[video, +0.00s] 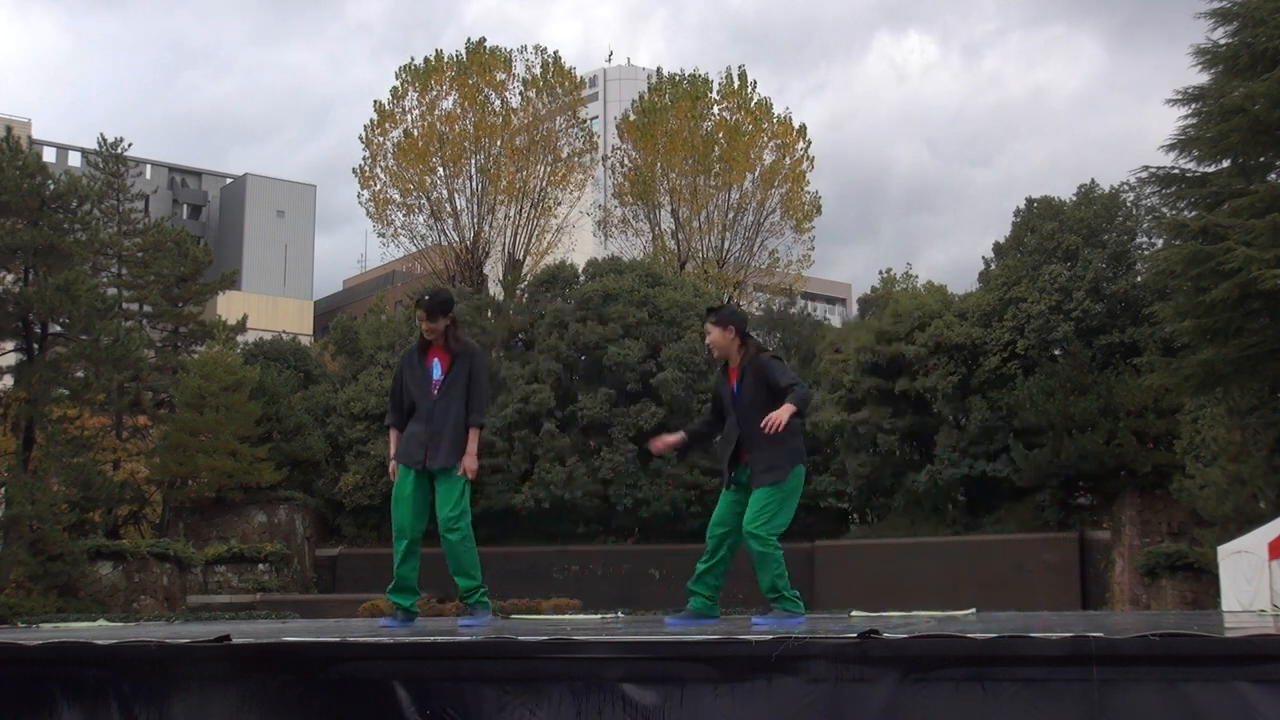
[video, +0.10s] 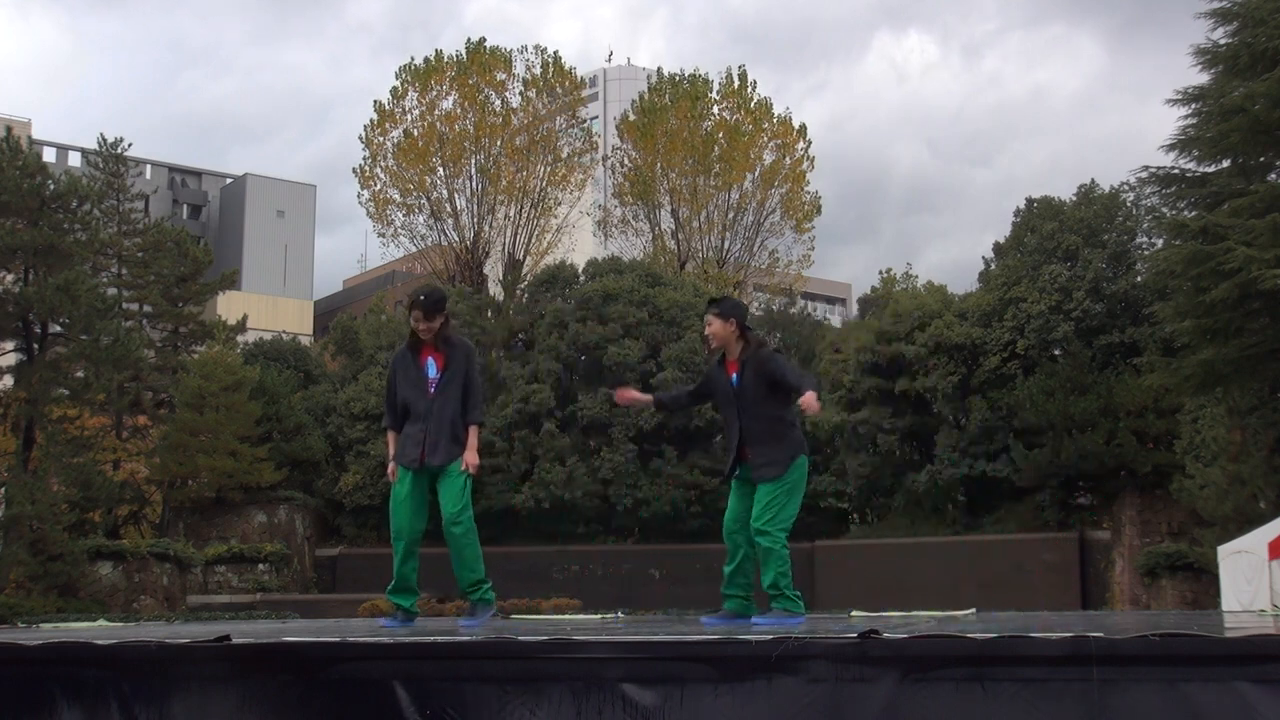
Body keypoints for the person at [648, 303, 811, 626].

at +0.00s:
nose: (707, 341)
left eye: (710, 334)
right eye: (706, 335)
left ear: (732, 333)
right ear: (729, 335)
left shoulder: (764, 363)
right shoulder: (725, 376)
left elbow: (800, 390)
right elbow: (714, 421)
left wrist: (787, 408)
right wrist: (679, 438)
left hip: (780, 467)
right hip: (743, 468)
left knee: (757, 529)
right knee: (720, 532)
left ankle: (787, 607)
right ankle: (703, 606)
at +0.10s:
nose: (706, 332)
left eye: (711, 325)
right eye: (705, 326)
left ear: (733, 325)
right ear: (722, 328)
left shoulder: (765, 359)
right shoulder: (719, 371)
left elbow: (799, 379)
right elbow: (689, 398)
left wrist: (809, 393)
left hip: (784, 462)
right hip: (747, 465)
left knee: (766, 528)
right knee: (735, 528)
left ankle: (788, 607)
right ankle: (738, 607)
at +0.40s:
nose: (740, 323)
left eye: (746, 316)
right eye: (735, 317)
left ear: (765, 315)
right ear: (731, 320)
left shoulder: (787, 355)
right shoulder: (722, 354)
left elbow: (821, 388)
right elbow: (687, 369)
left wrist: (858, 406)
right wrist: (674, 357)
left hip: (777, 458)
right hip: (736, 458)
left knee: (773, 528)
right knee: (740, 533)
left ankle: (784, 605)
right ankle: (752, 604)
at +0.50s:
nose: (745, 329)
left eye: (750, 321)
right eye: (739, 323)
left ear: (769, 316)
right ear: (734, 322)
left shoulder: (789, 354)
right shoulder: (726, 353)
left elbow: (811, 393)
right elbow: (687, 365)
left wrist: (838, 426)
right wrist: (685, 352)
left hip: (777, 458)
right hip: (736, 457)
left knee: (768, 528)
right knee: (731, 527)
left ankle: (785, 606)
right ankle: (768, 576)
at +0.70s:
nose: (738, 360)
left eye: (743, 352)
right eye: (734, 354)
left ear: (761, 344)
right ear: (729, 352)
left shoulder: (788, 376)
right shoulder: (724, 377)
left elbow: (800, 420)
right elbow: (691, 405)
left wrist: (811, 457)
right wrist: (684, 391)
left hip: (775, 474)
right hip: (734, 473)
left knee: (753, 537)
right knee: (704, 526)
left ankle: (785, 608)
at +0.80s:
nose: (727, 362)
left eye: (731, 355)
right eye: (722, 357)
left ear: (749, 344)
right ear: (719, 355)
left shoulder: (781, 370)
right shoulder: (721, 379)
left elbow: (809, 408)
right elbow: (705, 405)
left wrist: (823, 445)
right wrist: (683, 410)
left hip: (781, 469)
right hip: (740, 469)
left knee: (760, 531)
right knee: (717, 528)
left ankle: (785, 608)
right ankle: (718, 608)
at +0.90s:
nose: (727, 352)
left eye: (731, 344)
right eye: (722, 347)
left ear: (748, 336)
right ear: (719, 347)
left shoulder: (777, 363)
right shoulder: (722, 370)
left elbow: (818, 381)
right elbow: (707, 399)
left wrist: (832, 406)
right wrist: (687, 413)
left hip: (784, 462)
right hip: (744, 464)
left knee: (772, 529)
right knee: (737, 531)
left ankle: (785, 607)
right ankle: (744, 606)